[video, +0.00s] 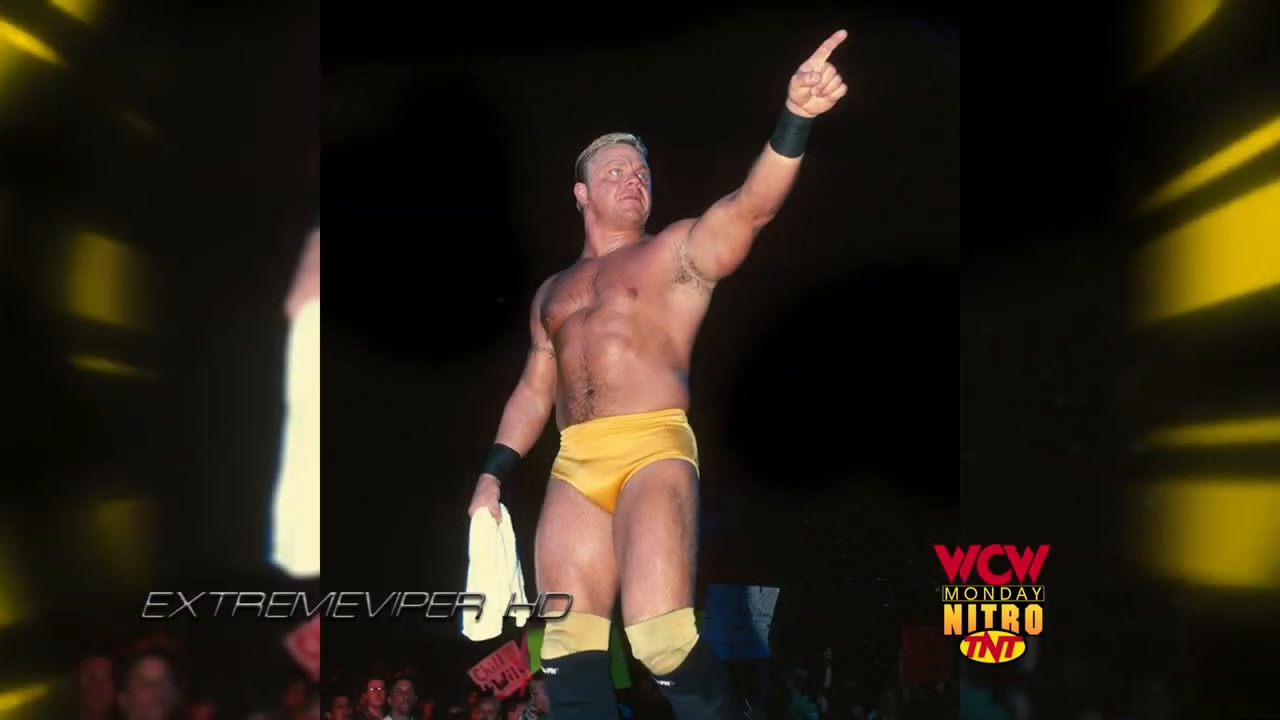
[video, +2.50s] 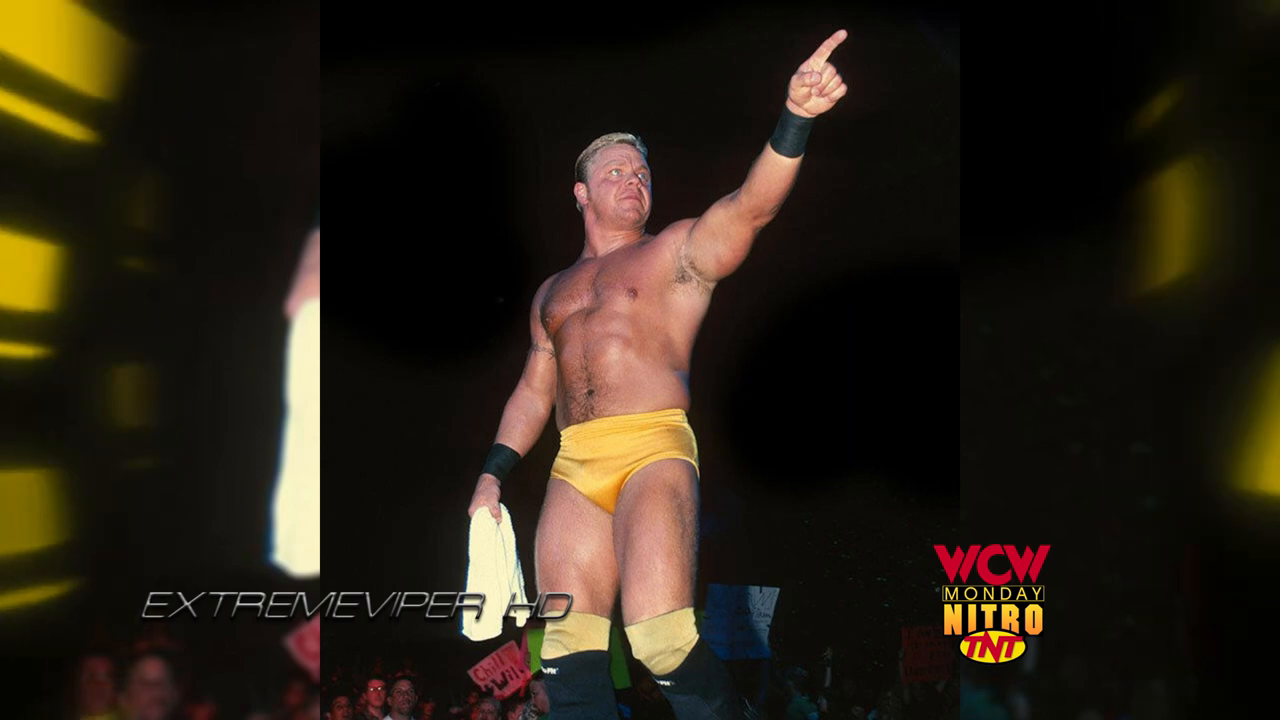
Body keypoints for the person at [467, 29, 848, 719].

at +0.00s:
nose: (632, 180)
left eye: (640, 172)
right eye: (614, 171)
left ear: (651, 193)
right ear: (581, 193)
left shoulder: (680, 254)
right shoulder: (553, 296)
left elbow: (752, 204)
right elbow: (534, 394)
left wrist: (797, 115)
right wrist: (490, 477)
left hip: (656, 448)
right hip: (576, 462)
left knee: (659, 635)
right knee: (568, 646)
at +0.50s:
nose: (632, 180)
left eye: (640, 172)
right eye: (614, 171)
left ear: (651, 193)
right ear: (581, 193)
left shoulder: (680, 254)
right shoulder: (553, 296)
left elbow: (752, 204)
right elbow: (534, 394)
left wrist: (797, 115)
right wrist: (490, 477)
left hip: (656, 448)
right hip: (576, 462)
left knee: (659, 635)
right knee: (568, 646)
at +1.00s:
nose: (632, 179)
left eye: (640, 172)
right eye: (615, 170)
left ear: (650, 194)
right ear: (581, 193)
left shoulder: (680, 254)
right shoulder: (552, 296)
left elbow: (753, 203)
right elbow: (534, 394)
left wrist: (797, 116)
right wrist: (490, 478)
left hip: (656, 448)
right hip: (575, 462)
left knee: (660, 636)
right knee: (568, 646)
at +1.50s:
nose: (632, 179)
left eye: (640, 172)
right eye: (615, 170)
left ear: (650, 194)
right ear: (581, 193)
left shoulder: (680, 254)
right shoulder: (552, 296)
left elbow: (753, 203)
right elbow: (534, 394)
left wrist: (797, 116)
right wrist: (490, 478)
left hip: (656, 448)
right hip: (575, 462)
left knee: (660, 636)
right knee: (568, 646)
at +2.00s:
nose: (631, 179)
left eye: (640, 172)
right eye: (614, 170)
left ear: (650, 194)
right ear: (580, 193)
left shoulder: (680, 253)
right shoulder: (552, 296)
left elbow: (753, 203)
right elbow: (534, 393)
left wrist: (797, 115)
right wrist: (490, 478)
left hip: (656, 448)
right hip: (575, 462)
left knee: (660, 637)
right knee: (568, 647)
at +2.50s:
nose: (631, 179)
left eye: (640, 172)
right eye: (614, 170)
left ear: (650, 194)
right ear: (580, 193)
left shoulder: (680, 253)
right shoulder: (552, 296)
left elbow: (753, 203)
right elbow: (534, 393)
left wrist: (797, 115)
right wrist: (490, 478)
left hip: (656, 448)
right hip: (575, 462)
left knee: (660, 637)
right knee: (568, 647)